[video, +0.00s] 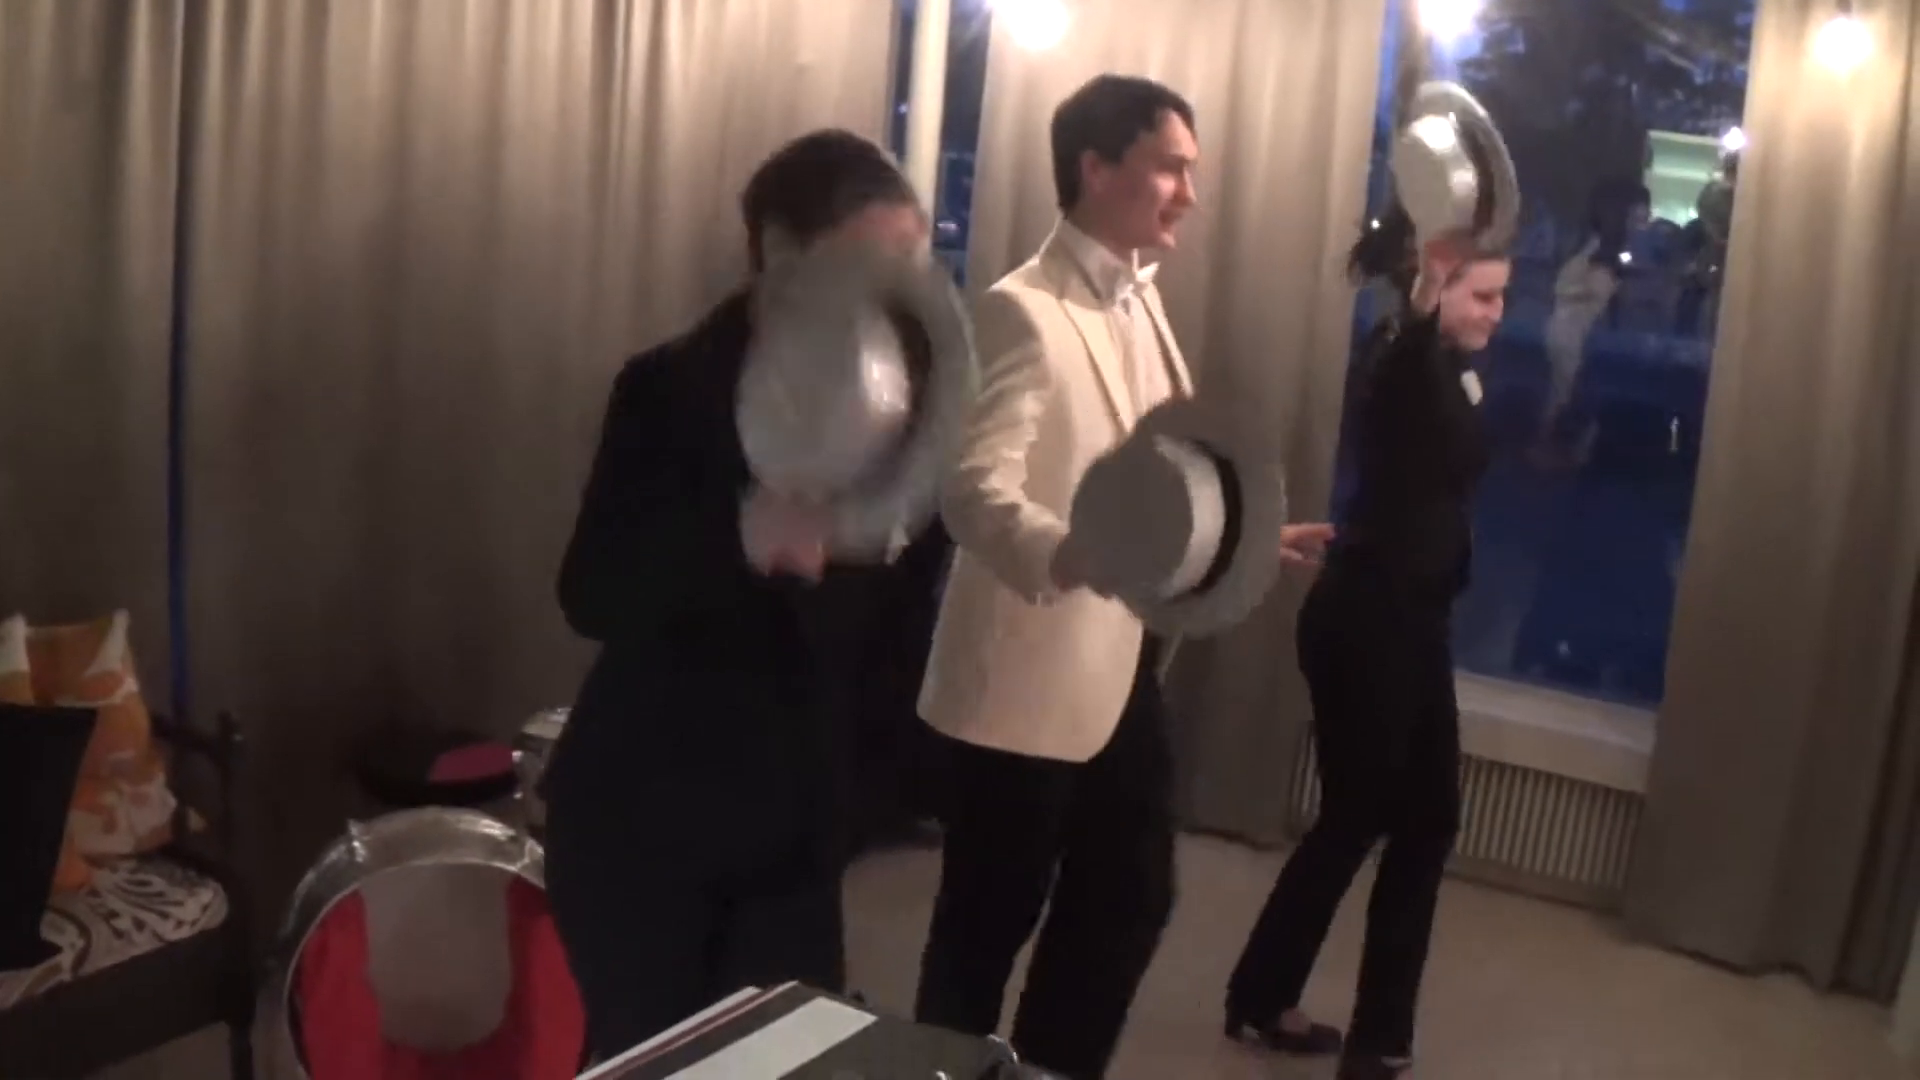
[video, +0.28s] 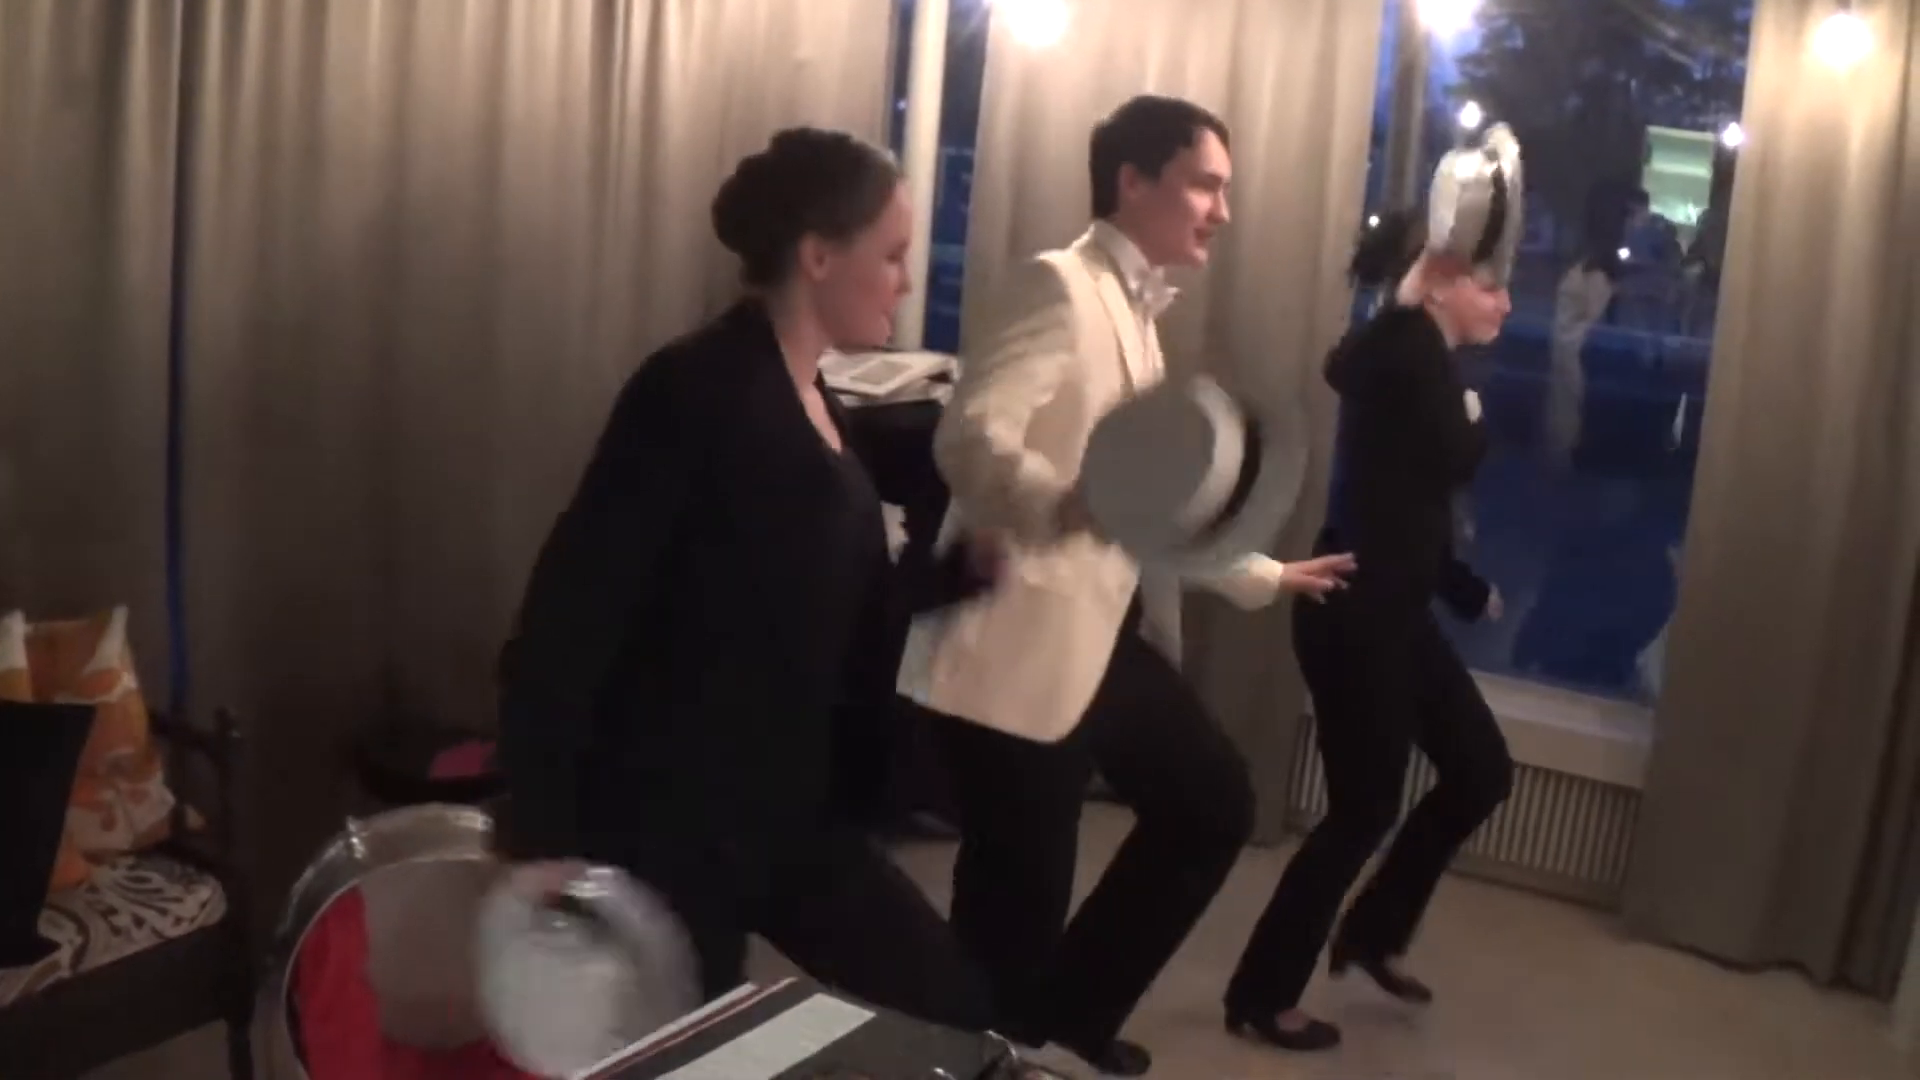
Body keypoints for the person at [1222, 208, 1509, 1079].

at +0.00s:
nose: (1496, 312)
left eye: (1501, 296)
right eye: (1484, 295)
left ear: (1479, 294)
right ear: (1434, 286)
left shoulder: (1438, 372)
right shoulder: (1408, 365)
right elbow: (1404, 359)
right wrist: (1422, 311)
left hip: (1408, 615)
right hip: (1365, 614)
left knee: (1421, 821)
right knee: (1362, 812)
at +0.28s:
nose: (1503, 306)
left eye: (1503, 290)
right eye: (1493, 289)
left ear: (1454, 286)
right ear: (1447, 280)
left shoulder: (1428, 359)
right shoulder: (1402, 350)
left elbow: (1407, 511)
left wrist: (1458, 583)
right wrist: (1412, 302)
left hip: (1397, 608)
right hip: (1353, 611)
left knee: (1479, 771)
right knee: (1362, 810)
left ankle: (1373, 934)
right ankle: (1258, 997)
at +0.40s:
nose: (1514, 282)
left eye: (1515, 268)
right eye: (1500, 267)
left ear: (1484, 280)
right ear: (1454, 273)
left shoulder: (1458, 365)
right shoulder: (1418, 329)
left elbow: (1428, 511)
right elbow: (1364, 324)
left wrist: (1494, 573)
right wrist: (1421, 248)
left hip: (1404, 586)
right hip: (1355, 583)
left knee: (1455, 759)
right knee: (1347, 795)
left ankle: (1348, 884)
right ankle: (1258, 991)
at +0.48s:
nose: (1506, 318)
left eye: (1513, 303)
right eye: (1504, 299)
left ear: (1465, 277)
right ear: (1466, 278)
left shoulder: (1445, 353)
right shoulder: (1412, 337)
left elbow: (1429, 514)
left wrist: (1506, 564)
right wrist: (1426, 300)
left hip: (1406, 588)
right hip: (1362, 586)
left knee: (1416, 767)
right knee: (1363, 787)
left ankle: (1336, 911)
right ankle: (1257, 990)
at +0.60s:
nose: (1507, 275)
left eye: (1507, 260)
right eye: (1490, 261)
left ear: (1475, 273)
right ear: (1439, 269)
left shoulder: (1469, 349)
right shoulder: (1409, 337)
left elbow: (1467, 474)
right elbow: (1385, 446)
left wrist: (1542, 496)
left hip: (1411, 589)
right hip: (1368, 590)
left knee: (1413, 777)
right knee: (1405, 783)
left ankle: (1327, 919)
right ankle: (1277, 950)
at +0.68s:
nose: (1504, 278)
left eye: (1504, 263)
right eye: (1488, 264)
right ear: (1435, 270)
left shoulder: (1468, 357)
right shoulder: (1396, 356)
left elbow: (1490, 472)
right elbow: (1369, 484)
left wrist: (1553, 420)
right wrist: (1421, 504)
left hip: (1416, 589)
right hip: (1365, 589)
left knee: (1401, 766)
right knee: (1437, 775)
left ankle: (1324, 911)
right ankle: (1294, 899)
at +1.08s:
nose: (1526, 279)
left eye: (1530, 263)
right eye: (1516, 260)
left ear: (1473, 260)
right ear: (1463, 253)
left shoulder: (1477, 349)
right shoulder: (1412, 360)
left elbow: (1494, 448)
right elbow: (1434, 498)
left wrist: (1550, 370)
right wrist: (1515, 473)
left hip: (1449, 600)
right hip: (1393, 602)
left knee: (1483, 776)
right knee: (1426, 789)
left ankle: (1357, 862)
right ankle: (1319, 973)